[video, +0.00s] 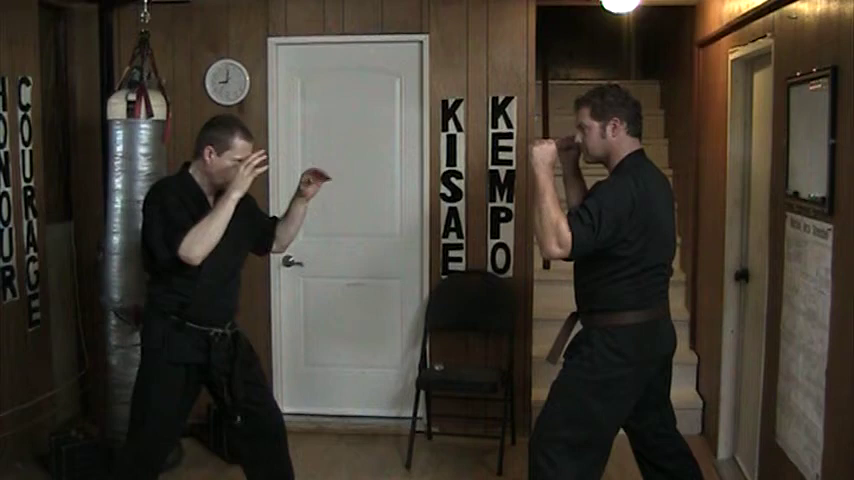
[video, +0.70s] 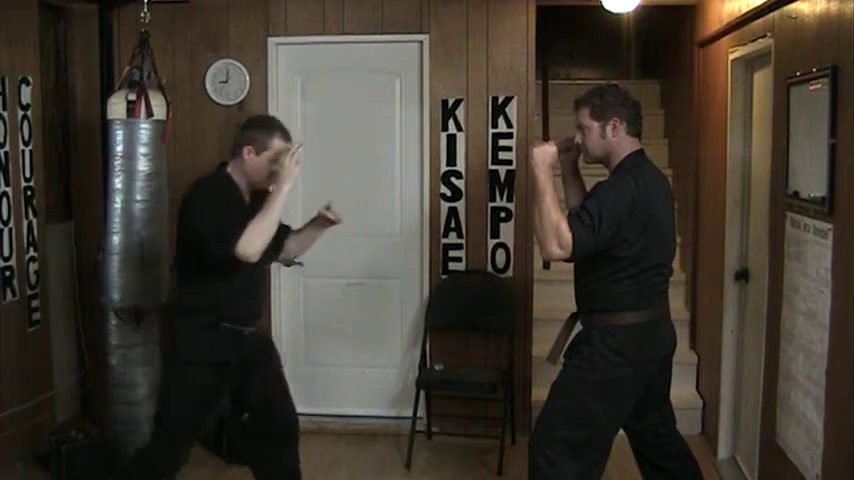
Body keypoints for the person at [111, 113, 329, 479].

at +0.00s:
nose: (244, 172)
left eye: (247, 163)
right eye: (238, 162)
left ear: (215, 156)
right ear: (209, 156)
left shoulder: (236, 200)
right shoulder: (166, 195)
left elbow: (273, 242)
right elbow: (191, 251)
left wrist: (301, 200)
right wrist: (234, 193)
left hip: (224, 341)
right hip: (173, 341)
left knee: (266, 434)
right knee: (148, 446)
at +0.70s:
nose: (278, 170)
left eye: (282, 162)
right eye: (273, 160)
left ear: (251, 156)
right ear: (248, 155)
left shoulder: (250, 201)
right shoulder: (208, 194)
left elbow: (286, 250)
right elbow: (247, 248)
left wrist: (317, 226)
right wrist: (282, 187)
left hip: (247, 340)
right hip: (201, 341)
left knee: (279, 430)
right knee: (171, 445)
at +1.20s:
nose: (358, 164)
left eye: (361, 156)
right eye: (352, 153)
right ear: (325, 152)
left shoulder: (337, 195)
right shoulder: (283, 193)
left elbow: (360, 253)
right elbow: (314, 252)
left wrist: (388, 245)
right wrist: (342, 190)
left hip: (339, 335)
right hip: (291, 336)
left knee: (380, 421)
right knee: (307, 447)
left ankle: (357, 477)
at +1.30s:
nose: (381, 168)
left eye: (384, 160)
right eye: (376, 158)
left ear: (355, 157)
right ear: (349, 153)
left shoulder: (363, 198)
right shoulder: (303, 193)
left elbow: (390, 248)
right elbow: (328, 253)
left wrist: (429, 250)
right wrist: (365, 191)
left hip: (356, 340)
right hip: (307, 340)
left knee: (404, 442)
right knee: (314, 452)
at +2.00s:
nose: (398, 169)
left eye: (400, 160)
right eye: (390, 159)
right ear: (359, 153)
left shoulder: (386, 204)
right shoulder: (319, 199)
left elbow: (425, 253)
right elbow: (337, 263)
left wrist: (468, 263)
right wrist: (379, 203)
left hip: (380, 341)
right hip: (329, 342)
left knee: (426, 443)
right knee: (328, 454)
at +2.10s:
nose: (377, 163)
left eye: (379, 155)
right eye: (370, 153)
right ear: (339, 147)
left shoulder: (356, 197)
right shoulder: (298, 194)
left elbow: (390, 245)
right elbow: (321, 256)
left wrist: (427, 232)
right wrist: (365, 194)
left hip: (359, 338)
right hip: (311, 340)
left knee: (405, 445)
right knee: (312, 454)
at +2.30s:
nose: (346, 156)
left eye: (349, 148)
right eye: (341, 145)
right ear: (313, 140)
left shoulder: (328, 187)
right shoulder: (270, 187)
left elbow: (369, 232)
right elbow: (295, 244)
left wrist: (391, 190)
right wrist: (332, 180)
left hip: (329, 329)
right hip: (283, 330)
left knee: (348, 425)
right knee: (294, 438)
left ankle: (333, 478)